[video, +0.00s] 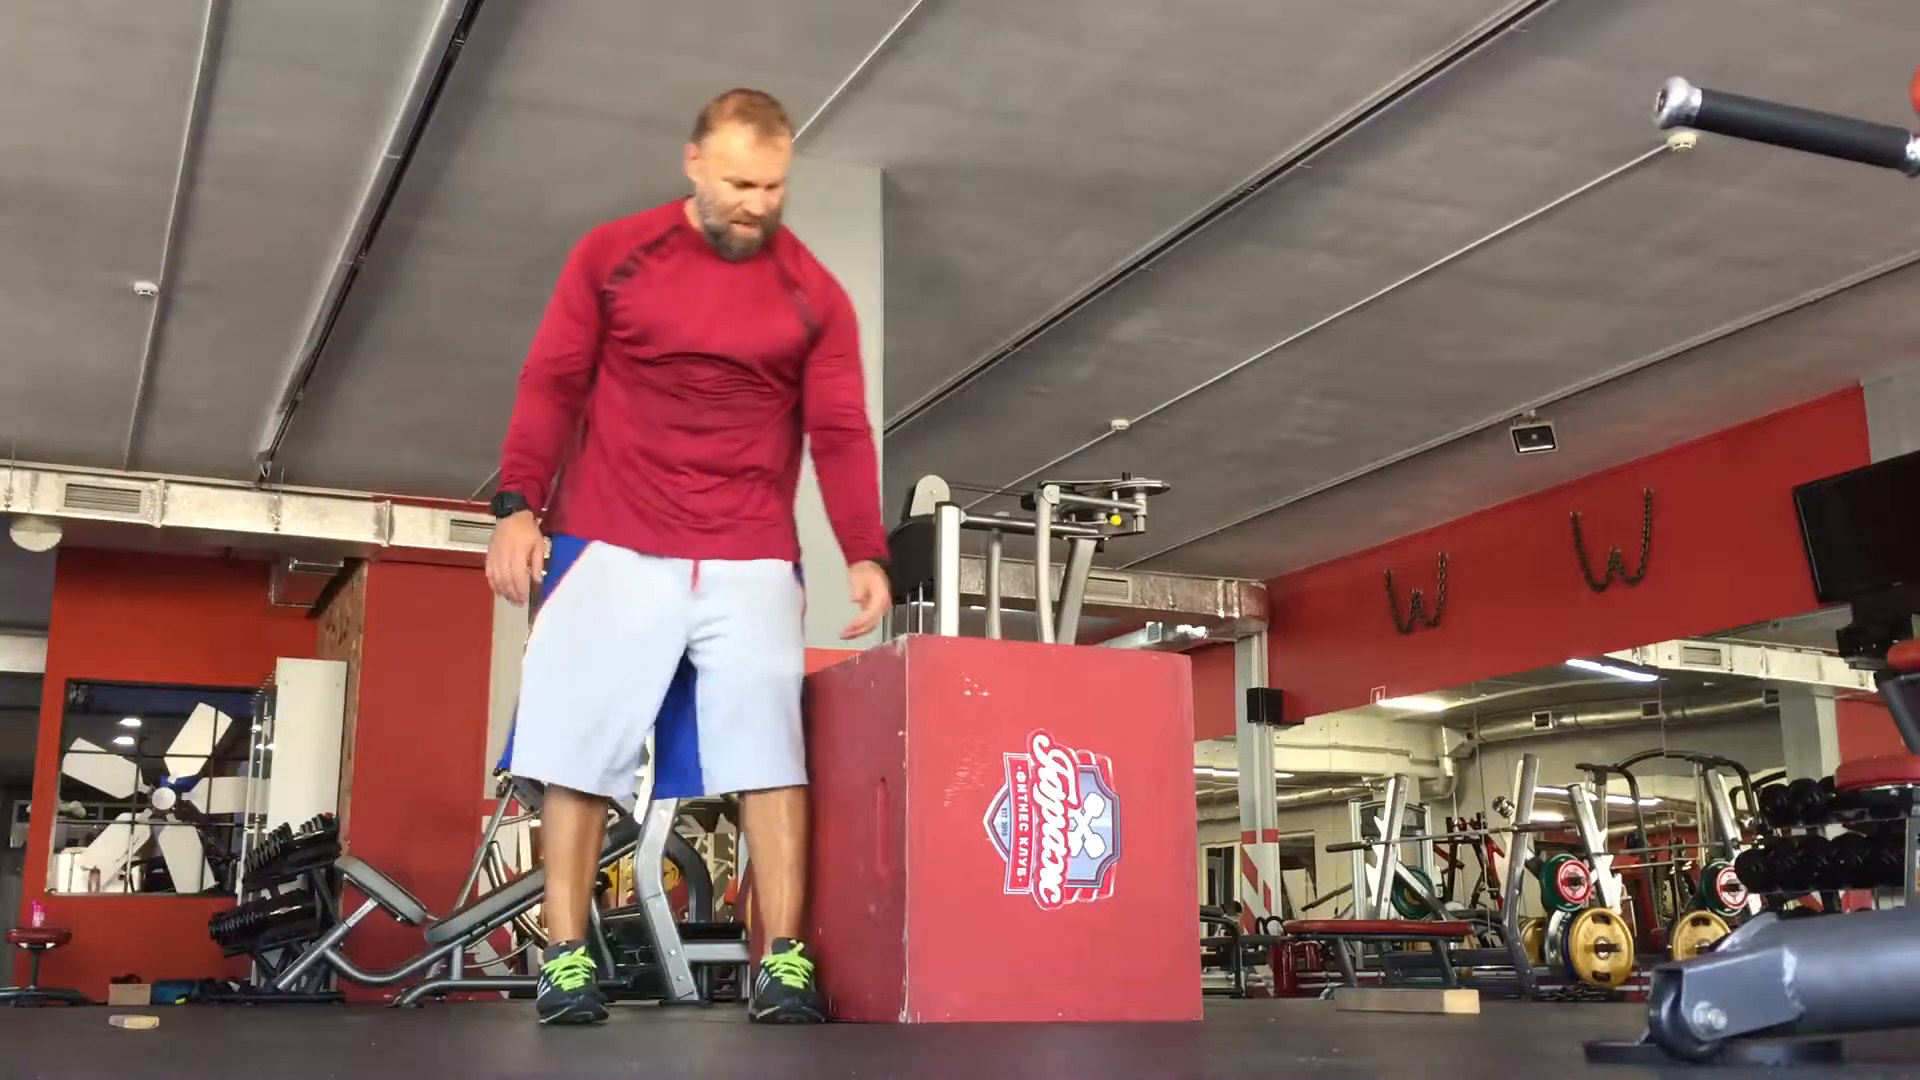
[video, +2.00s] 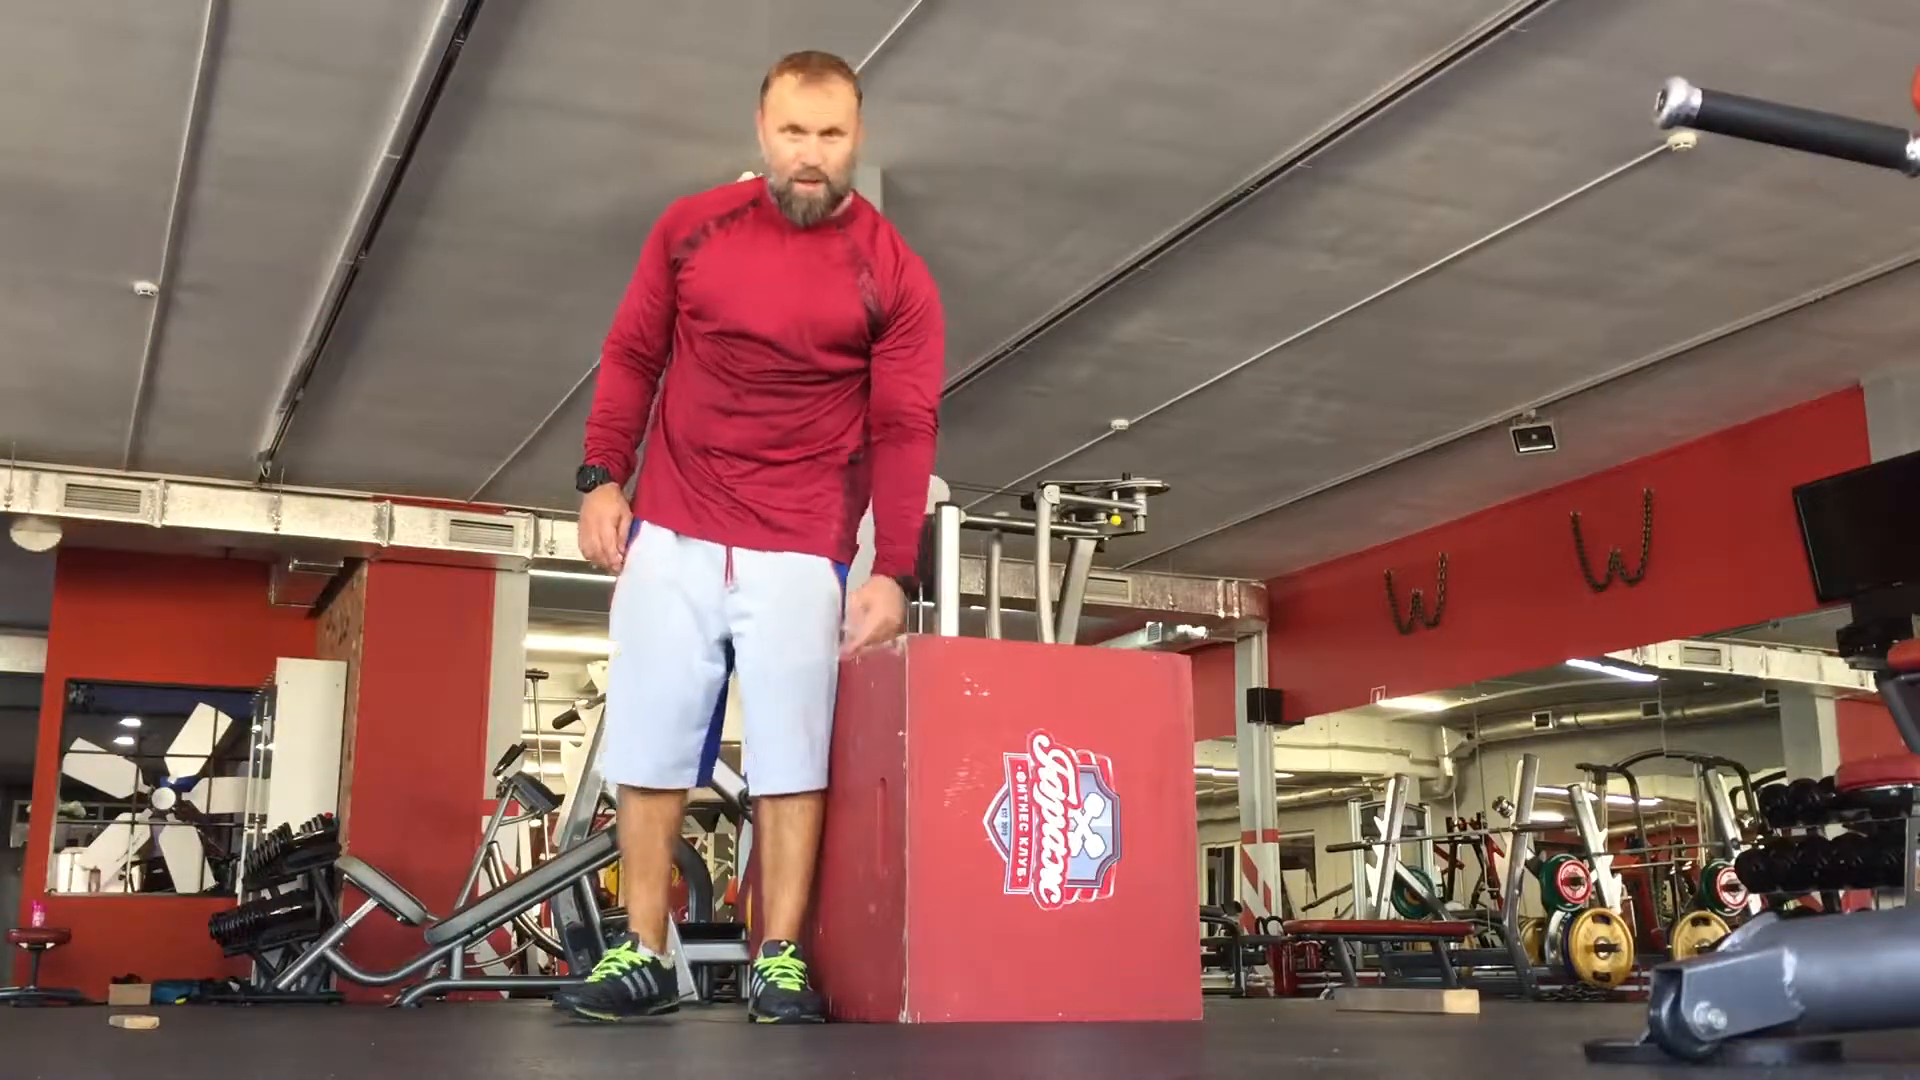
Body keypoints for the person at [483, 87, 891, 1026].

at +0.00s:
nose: (754, 203)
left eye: (770, 186)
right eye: (737, 183)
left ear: (788, 178)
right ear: (692, 165)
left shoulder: (815, 298)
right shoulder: (612, 256)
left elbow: (842, 435)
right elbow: (552, 382)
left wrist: (865, 553)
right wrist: (518, 506)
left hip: (752, 553)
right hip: (613, 543)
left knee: (768, 739)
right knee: (581, 741)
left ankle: (781, 957)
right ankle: (565, 955)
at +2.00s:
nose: (810, 153)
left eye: (831, 134)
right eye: (792, 131)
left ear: (859, 142)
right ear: (760, 134)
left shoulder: (895, 277)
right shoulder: (690, 228)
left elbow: (905, 428)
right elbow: (631, 356)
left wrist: (892, 569)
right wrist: (603, 476)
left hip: (804, 532)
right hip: (673, 516)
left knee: (789, 742)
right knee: (648, 732)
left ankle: (779, 956)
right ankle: (646, 952)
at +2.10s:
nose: (782, 143)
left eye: (801, 126)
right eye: (764, 125)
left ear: (830, 136)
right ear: (734, 132)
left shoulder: (874, 270)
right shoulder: (669, 236)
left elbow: (899, 403)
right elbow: (615, 357)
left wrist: (876, 519)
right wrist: (602, 469)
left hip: (795, 543)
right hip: (665, 533)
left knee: (786, 746)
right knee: (639, 740)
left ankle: (779, 958)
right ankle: (643, 956)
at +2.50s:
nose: (646, 174)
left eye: (662, 157)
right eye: (627, 161)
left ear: (694, 163)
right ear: (602, 173)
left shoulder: (736, 255)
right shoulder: (568, 258)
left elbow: (766, 280)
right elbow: (545, 288)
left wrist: (760, 252)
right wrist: (587, 264)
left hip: (714, 547)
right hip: (593, 556)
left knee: (739, 742)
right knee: (606, 758)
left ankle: (764, 953)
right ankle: (636, 964)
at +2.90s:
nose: (532, 168)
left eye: (549, 148)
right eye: (513, 153)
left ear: (585, 156)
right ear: (493, 170)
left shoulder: (634, 254)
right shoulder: (463, 276)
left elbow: (687, 295)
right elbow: (391, 356)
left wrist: (739, 275)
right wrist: (381, 275)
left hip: (599, 525)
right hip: (497, 536)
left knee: (546, 716)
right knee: (551, 744)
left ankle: (481, 940)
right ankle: (636, 963)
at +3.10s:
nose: (456, 149)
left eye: (475, 129)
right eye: (437, 134)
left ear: (516, 140)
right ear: (419, 153)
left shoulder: (560, 249)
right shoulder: (387, 270)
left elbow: (615, 341)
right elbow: (302, 336)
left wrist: (646, 289)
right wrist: (256, 209)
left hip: (514, 529)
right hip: (436, 532)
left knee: (413, 715)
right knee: (522, 746)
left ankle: (335, 959)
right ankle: (628, 950)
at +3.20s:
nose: (419, 124)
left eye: (440, 105)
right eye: (401, 108)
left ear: (480, 119)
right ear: (382, 125)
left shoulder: (526, 234)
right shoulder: (346, 238)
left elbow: (537, 335)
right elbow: (284, 334)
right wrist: (269, 218)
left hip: (468, 508)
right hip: (380, 512)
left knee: (386, 716)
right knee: (440, 751)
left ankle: (331, 961)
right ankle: (585, 923)